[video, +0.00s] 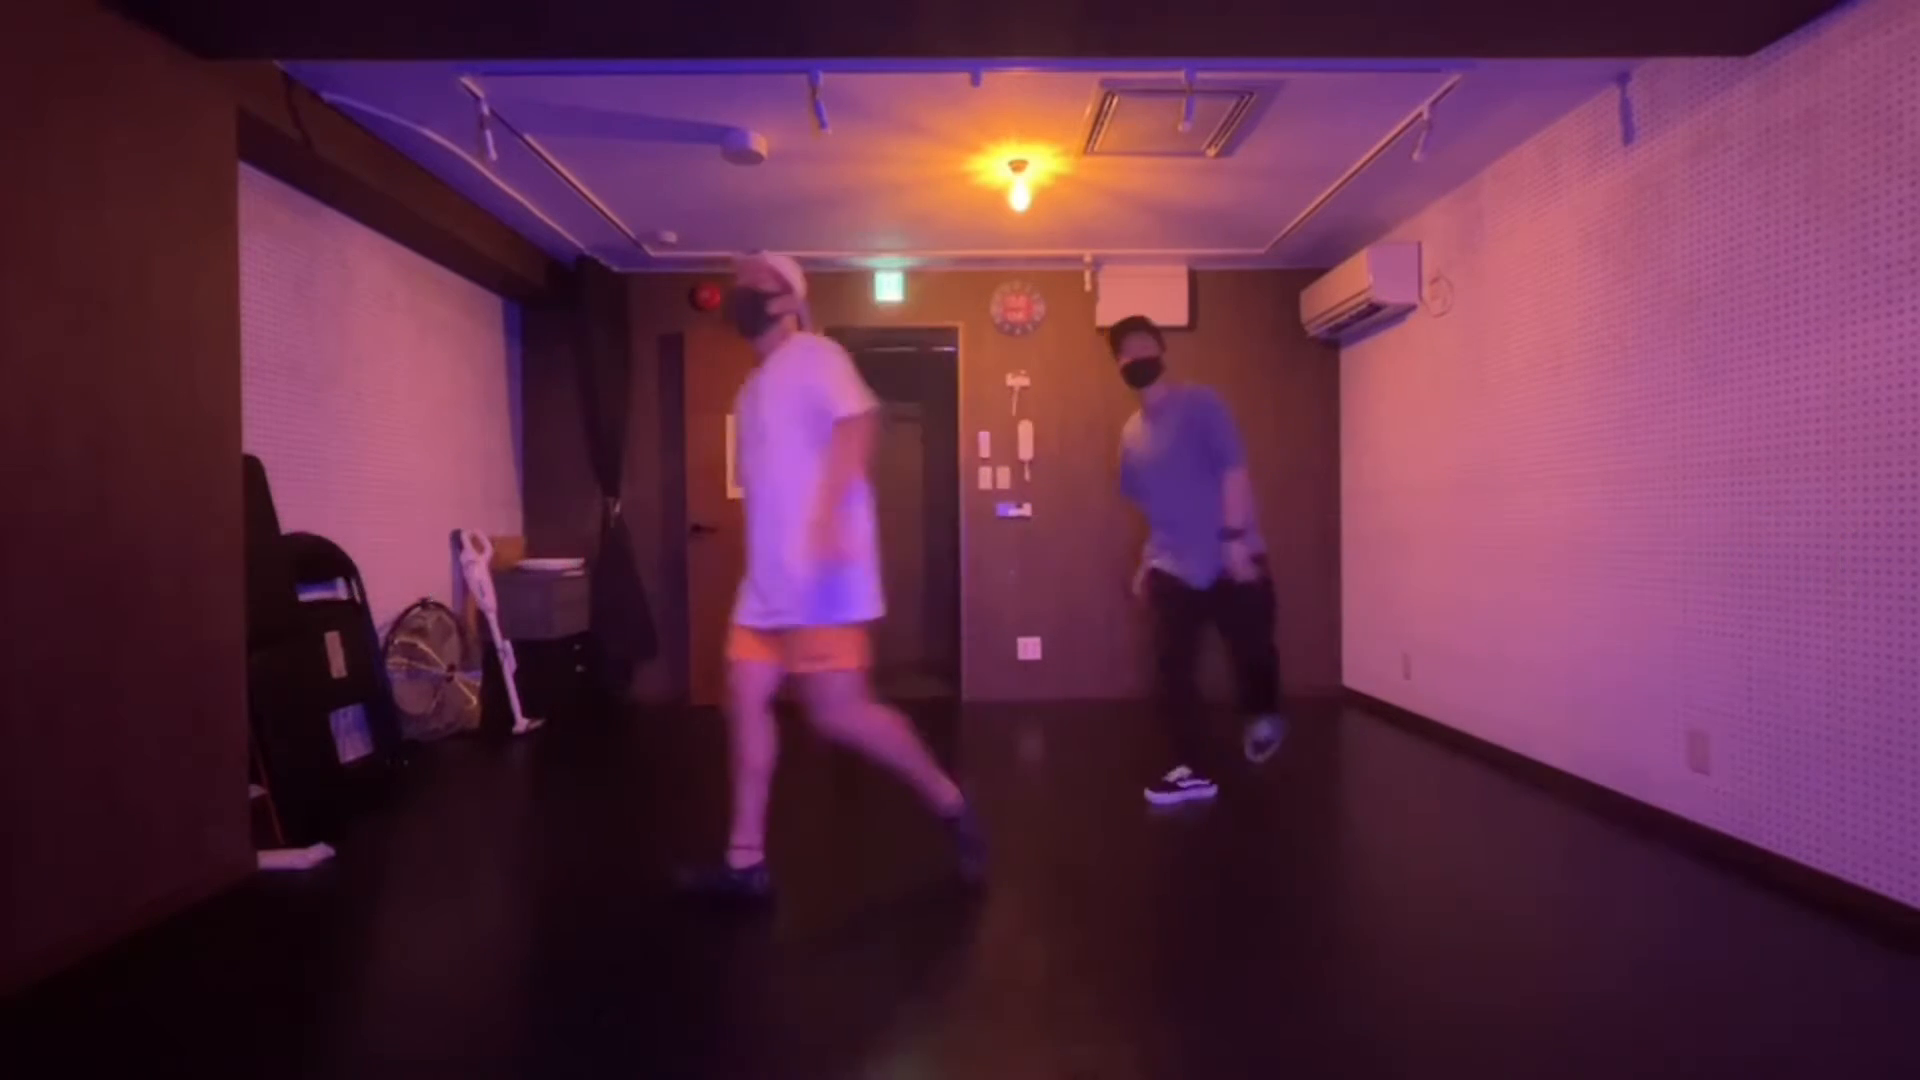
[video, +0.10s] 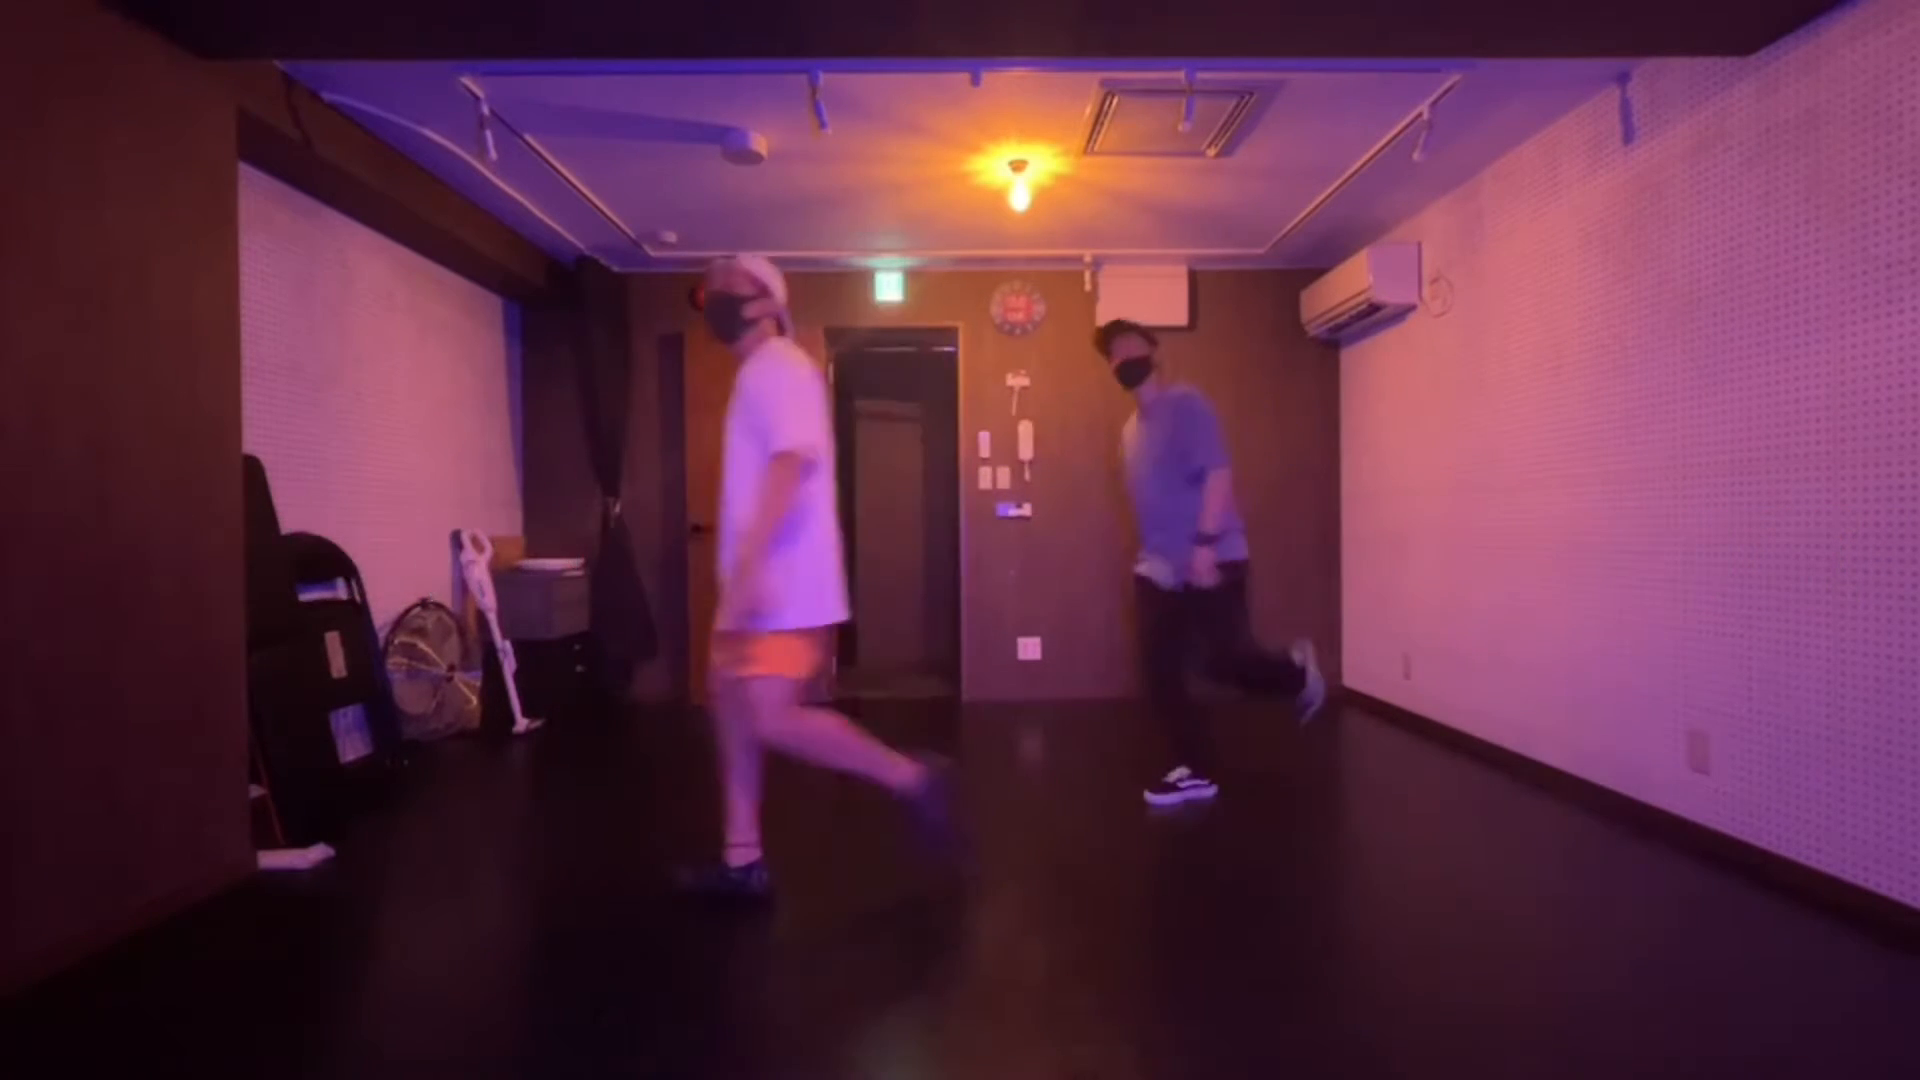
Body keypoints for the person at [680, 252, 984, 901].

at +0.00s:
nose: (740, 308)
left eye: (752, 295)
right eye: (738, 297)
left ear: (785, 300)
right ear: (748, 307)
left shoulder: (814, 355)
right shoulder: (755, 388)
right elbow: (761, 490)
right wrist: (766, 565)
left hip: (829, 573)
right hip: (772, 576)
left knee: (839, 709)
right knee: (747, 695)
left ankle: (953, 805)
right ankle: (746, 858)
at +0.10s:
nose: (712, 316)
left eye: (723, 302)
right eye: (710, 304)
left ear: (761, 303)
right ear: (755, 309)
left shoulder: (780, 367)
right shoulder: (761, 371)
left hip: (789, 580)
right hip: (752, 581)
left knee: (771, 712)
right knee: (733, 703)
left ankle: (912, 777)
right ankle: (742, 857)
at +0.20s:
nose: (698, 312)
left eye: (710, 302)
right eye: (698, 302)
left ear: (741, 309)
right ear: (747, 313)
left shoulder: (716, 370)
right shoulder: (774, 375)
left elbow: (703, 482)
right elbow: (780, 491)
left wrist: (674, 562)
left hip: (725, 573)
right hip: (777, 576)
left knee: (673, 705)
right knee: (729, 706)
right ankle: (739, 855)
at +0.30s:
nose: (681, 311)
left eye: (689, 300)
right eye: (685, 299)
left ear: (711, 306)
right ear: (743, 311)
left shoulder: (684, 369)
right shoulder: (787, 383)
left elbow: (653, 481)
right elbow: (802, 485)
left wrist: (637, 545)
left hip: (702, 564)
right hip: (776, 568)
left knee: (653, 690)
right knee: (737, 701)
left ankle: (714, 787)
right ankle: (741, 850)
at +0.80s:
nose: (722, 337)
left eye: (717, 327)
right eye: (718, 329)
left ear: (659, 338)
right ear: (706, 332)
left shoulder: (624, 399)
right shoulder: (741, 394)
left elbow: (598, 499)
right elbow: (772, 484)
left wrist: (601, 565)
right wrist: (787, 553)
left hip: (642, 571)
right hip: (717, 572)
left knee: (647, 681)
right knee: (720, 687)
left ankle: (644, 802)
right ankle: (671, 779)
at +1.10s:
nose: (753, 342)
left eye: (752, 332)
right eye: (748, 332)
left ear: (700, 335)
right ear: (727, 333)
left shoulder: (664, 393)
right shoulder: (739, 390)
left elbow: (644, 482)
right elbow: (737, 478)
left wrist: (658, 546)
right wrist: (743, 551)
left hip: (663, 561)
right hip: (724, 560)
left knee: (656, 673)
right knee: (755, 659)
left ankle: (643, 797)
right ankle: (748, 772)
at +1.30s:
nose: (800, 350)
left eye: (798, 340)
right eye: (791, 340)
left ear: (754, 348)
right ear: (765, 347)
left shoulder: (722, 398)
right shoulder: (772, 407)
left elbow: (707, 487)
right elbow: (746, 497)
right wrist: (731, 574)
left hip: (706, 565)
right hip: (759, 569)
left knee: (696, 666)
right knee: (782, 660)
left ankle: (652, 778)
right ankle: (783, 766)